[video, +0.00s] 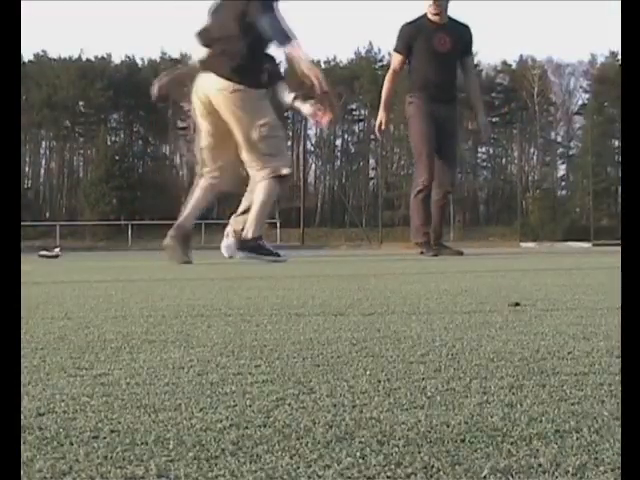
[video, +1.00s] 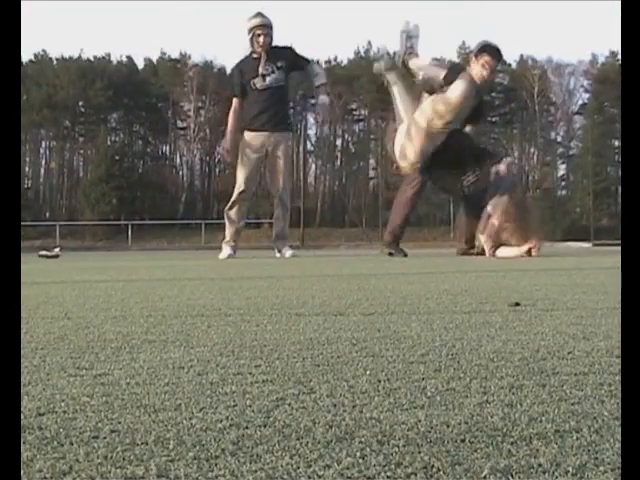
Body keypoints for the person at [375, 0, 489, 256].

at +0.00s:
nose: (436, 5)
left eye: (441, 1)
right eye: (432, 1)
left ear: (448, 3)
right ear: (426, 3)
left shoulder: (462, 32)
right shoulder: (411, 29)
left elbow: (470, 75)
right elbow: (394, 71)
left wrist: (480, 115)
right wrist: (383, 109)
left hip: (448, 107)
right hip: (420, 104)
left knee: (445, 179)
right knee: (424, 175)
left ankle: (437, 241)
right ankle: (421, 240)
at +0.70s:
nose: (456, 28)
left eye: (461, 24)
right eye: (452, 21)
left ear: (466, 25)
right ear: (443, 18)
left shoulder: (464, 56)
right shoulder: (417, 41)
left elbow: (458, 97)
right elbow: (388, 78)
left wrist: (458, 124)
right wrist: (389, 109)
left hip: (434, 117)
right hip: (404, 114)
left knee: (451, 177)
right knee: (408, 176)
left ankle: (462, 242)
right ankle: (394, 242)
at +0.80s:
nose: (463, 39)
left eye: (469, 35)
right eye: (460, 31)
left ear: (474, 36)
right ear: (451, 28)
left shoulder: (469, 67)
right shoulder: (425, 50)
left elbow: (459, 107)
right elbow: (396, 91)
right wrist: (406, 126)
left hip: (434, 122)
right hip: (408, 119)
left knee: (461, 170)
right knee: (409, 170)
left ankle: (465, 243)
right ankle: (394, 242)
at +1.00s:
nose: (487, 71)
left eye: (492, 68)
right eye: (484, 64)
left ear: (495, 72)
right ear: (473, 60)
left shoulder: (479, 104)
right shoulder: (453, 75)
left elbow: (469, 130)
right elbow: (423, 68)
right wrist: (410, 60)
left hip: (449, 138)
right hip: (424, 131)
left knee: (479, 175)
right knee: (415, 180)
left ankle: (468, 243)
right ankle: (391, 240)